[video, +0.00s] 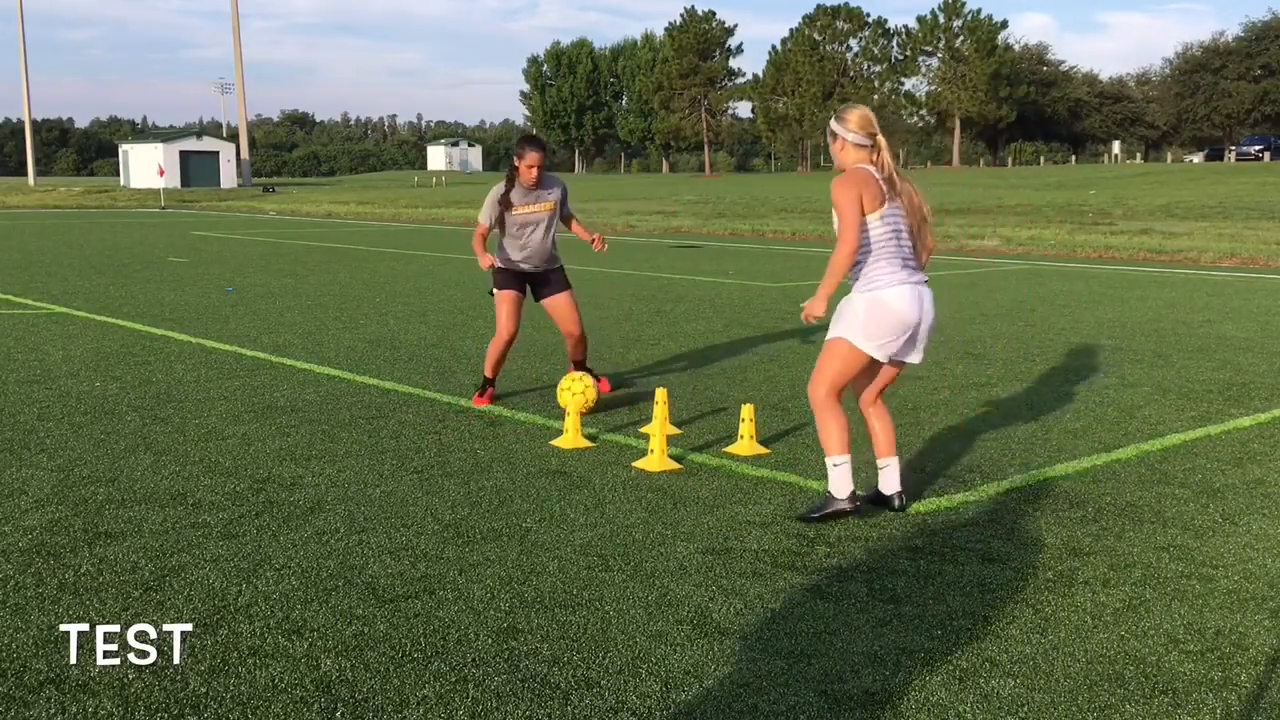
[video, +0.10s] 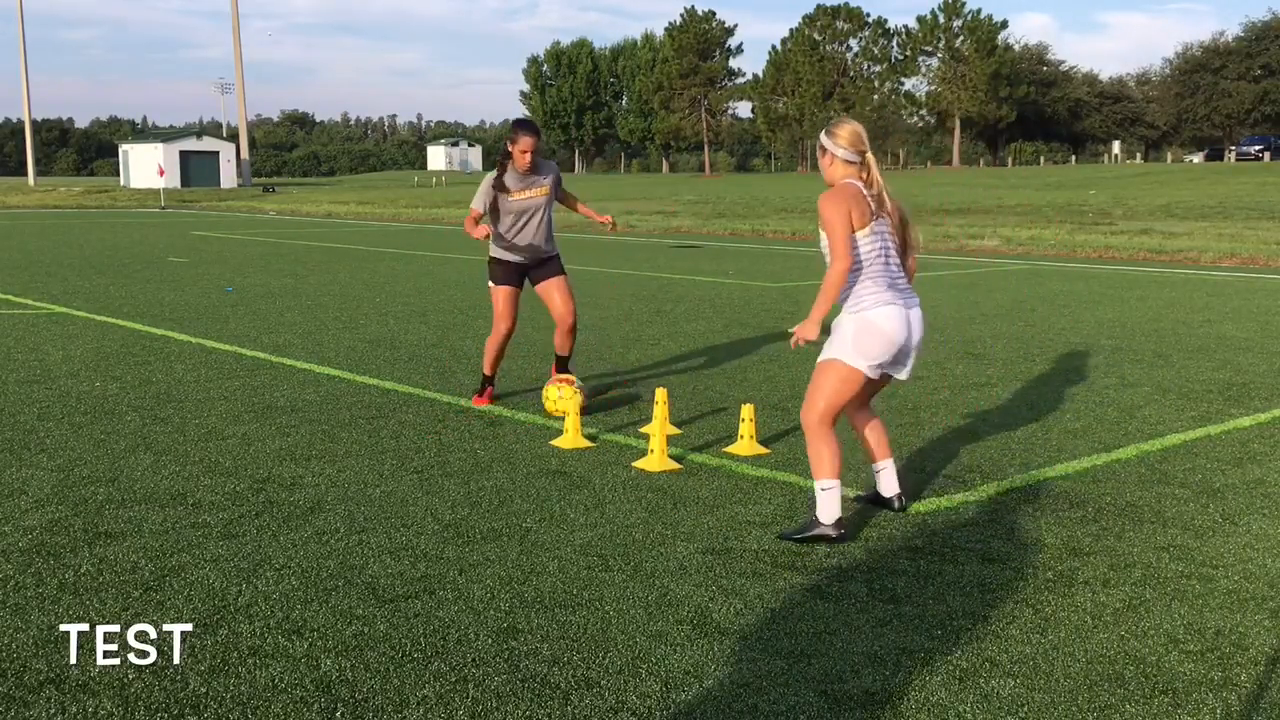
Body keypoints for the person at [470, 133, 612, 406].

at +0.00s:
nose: (535, 173)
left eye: (540, 167)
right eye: (529, 167)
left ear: (544, 163)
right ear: (516, 163)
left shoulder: (556, 187)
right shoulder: (501, 192)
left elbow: (567, 218)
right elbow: (479, 234)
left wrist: (589, 237)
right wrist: (482, 254)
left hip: (547, 268)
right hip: (510, 269)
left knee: (576, 332)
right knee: (507, 332)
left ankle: (581, 375)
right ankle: (487, 385)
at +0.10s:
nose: (529, 158)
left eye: (533, 151)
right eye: (523, 152)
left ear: (539, 148)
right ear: (510, 148)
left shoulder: (549, 171)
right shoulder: (494, 180)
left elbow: (561, 195)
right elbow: (471, 220)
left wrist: (594, 215)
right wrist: (477, 230)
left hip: (544, 257)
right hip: (506, 259)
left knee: (568, 319)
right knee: (504, 327)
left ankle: (560, 375)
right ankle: (487, 385)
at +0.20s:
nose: (531, 143)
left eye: (536, 136)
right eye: (525, 137)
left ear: (542, 132)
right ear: (512, 132)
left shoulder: (552, 155)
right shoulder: (495, 164)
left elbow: (567, 176)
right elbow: (465, 200)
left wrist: (595, 192)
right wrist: (478, 201)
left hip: (545, 245)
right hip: (505, 246)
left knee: (559, 309)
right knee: (495, 318)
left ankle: (559, 382)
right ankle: (484, 380)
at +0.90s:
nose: (520, 160)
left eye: (525, 154)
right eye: (515, 153)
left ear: (530, 156)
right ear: (500, 152)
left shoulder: (532, 190)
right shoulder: (476, 183)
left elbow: (530, 229)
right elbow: (445, 221)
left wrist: (530, 252)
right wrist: (435, 270)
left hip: (514, 274)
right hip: (476, 271)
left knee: (550, 329)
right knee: (473, 342)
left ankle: (536, 388)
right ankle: (438, 408)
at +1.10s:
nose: (529, 147)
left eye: (533, 141)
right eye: (522, 141)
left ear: (537, 141)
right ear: (508, 141)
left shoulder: (548, 175)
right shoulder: (489, 174)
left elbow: (551, 213)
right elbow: (470, 214)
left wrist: (556, 236)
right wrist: (468, 246)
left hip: (528, 268)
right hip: (491, 263)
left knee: (543, 335)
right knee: (477, 333)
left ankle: (520, 393)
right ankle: (442, 406)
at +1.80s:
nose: (587, 147)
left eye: (588, 142)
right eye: (581, 142)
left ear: (588, 143)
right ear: (564, 143)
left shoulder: (592, 173)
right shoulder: (546, 175)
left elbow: (595, 207)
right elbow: (524, 214)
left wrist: (622, 227)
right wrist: (526, 250)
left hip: (583, 259)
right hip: (552, 257)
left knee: (595, 323)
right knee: (551, 321)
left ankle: (578, 378)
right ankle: (522, 389)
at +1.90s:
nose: (593, 137)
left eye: (595, 132)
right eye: (588, 131)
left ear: (592, 132)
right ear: (571, 131)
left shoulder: (594, 160)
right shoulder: (551, 162)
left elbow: (594, 197)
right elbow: (526, 201)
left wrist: (621, 212)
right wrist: (540, 229)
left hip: (584, 246)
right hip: (555, 245)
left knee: (589, 308)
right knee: (563, 309)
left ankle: (580, 375)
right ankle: (538, 370)